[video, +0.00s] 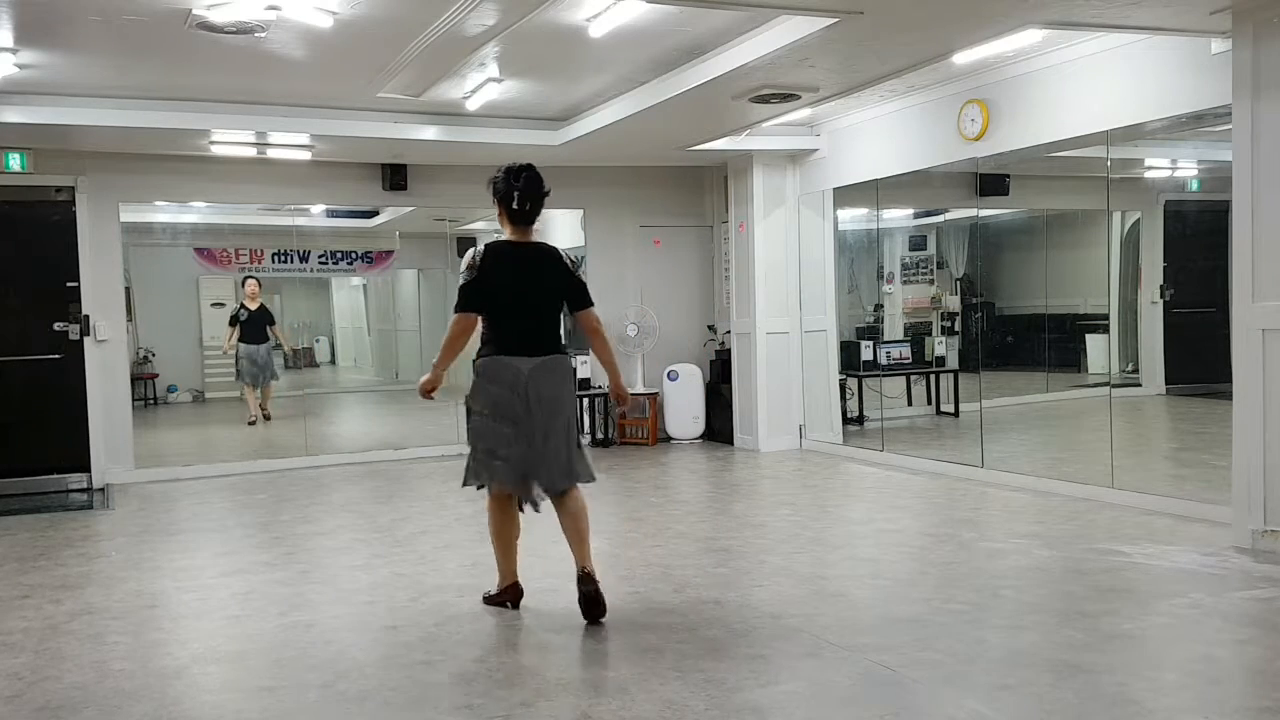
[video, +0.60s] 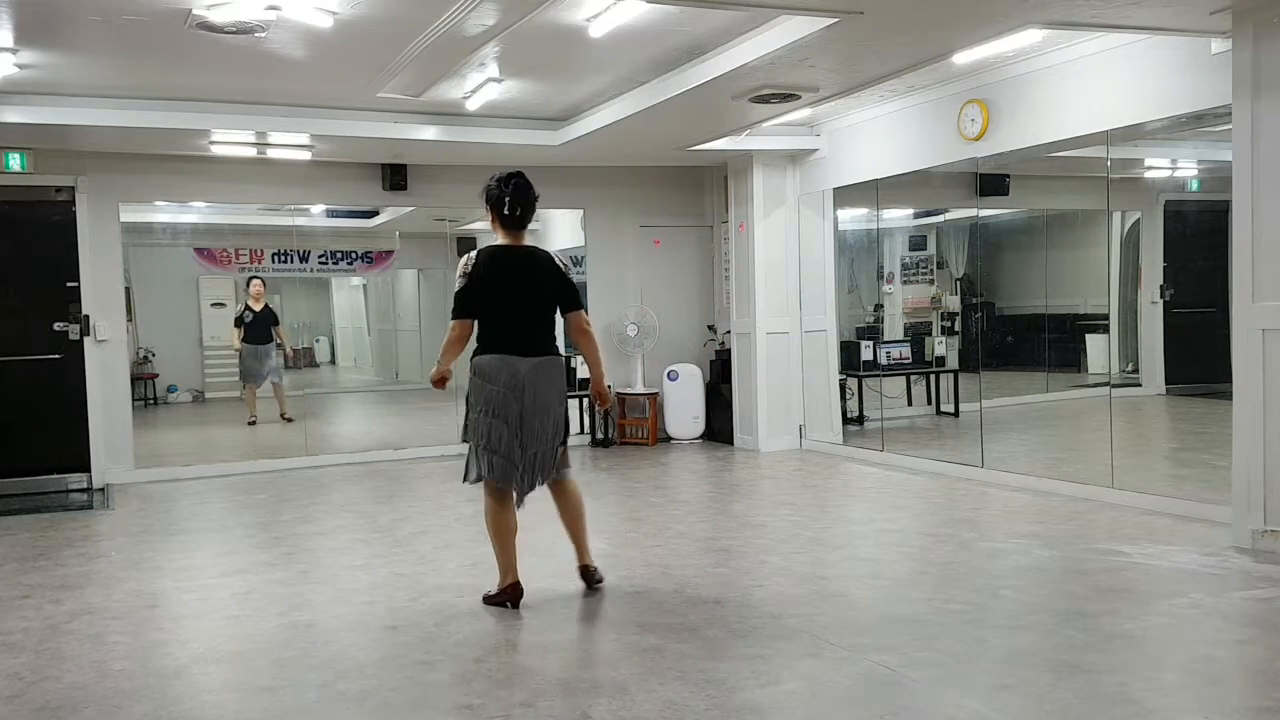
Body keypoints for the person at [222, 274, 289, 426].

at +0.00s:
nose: (252, 289)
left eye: (255, 286)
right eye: (249, 286)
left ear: (259, 289)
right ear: (244, 289)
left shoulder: (264, 309)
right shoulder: (239, 308)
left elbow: (274, 328)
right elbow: (232, 327)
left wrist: (285, 344)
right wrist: (226, 343)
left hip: (263, 348)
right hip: (245, 348)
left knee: (266, 381)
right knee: (248, 383)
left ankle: (264, 406)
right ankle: (253, 413)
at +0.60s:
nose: (258, 289)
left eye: (260, 286)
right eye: (254, 286)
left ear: (264, 289)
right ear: (248, 289)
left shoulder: (269, 308)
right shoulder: (243, 308)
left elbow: (278, 329)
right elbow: (236, 327)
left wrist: (287, 346)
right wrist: (236, 341)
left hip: (269, 348)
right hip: (249, 349)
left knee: (277, 380)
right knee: (250, 384)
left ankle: (283, 412)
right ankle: (253, 414)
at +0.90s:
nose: (273, 287)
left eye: (275, 284)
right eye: (269, 285)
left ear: (279, 287)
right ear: (263, 288)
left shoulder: (286, 307)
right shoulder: (260, 307)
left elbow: (295, 326)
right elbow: (249, 326)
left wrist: (304, 339)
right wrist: (236, 335)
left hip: (287, 347)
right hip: (267, 348)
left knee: (295, 379)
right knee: (261, 382)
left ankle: (302, 411)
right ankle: (254, 413)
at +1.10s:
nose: (283, 287)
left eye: (285, 284)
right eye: (279, 285)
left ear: (290, 287)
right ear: (274, 288)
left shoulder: (298, 307)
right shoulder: (270, 307)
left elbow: (310, 323)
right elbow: (262, 327)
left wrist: (322, 337)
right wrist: (251, 331)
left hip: (298, 347)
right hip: (278, 348)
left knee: (301, 380)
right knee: (276, 381)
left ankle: (304, 412)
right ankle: (274, 413)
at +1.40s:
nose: (287, 287)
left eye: (290, 284)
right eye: (284, 285)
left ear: (294, 287)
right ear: (278, 288)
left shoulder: (300, 306)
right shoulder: (273, 307)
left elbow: (312, 324)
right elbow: (267, 327)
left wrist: (323, 338)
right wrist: (273, 324)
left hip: (302, 347)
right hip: (283, 349)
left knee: (304, 381)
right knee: (288, 382)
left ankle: (305, 411)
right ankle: (292, 412)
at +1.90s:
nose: (285, 291)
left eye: (288, 288)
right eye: (282, 288)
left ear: (292, 291)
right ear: (277, 291)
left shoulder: (299, 310)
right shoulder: (272, 309)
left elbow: (309, 327)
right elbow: (266, 328)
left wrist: (316, 344)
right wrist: (258, 339)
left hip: (297, 349)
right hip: (279, 350)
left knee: (295, 381)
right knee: (284, 381)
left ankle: (291, 406)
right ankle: (291, 411)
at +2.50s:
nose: (280, 291)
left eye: (282, 288)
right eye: (277, 288)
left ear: (287, 290)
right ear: (272, 291)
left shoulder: (295, 309)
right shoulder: (266, 310)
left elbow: (304, 328)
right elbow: (262, 328)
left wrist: (312, 345)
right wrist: (261, 341)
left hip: (292, 346)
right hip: (274, 347)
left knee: (291, 380)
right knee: (277, 379)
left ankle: (290, 409)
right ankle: (276, 409)